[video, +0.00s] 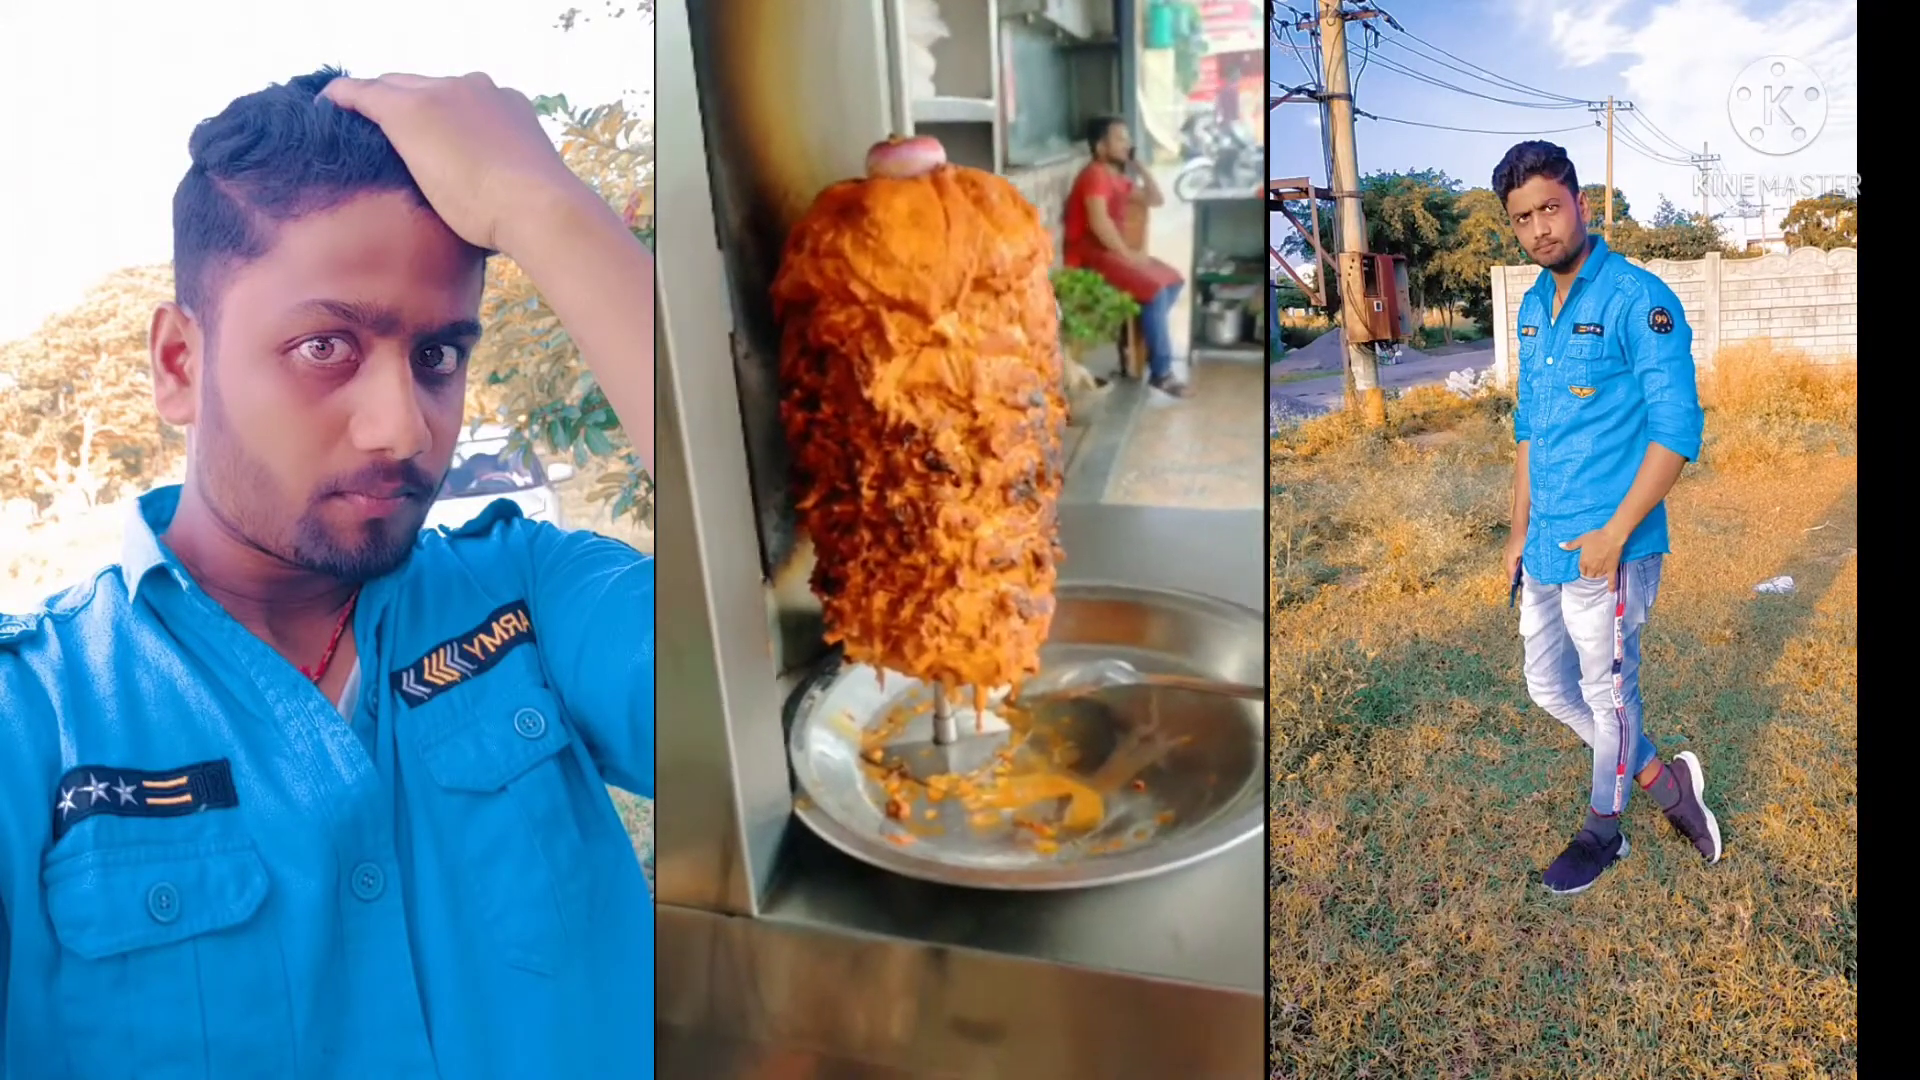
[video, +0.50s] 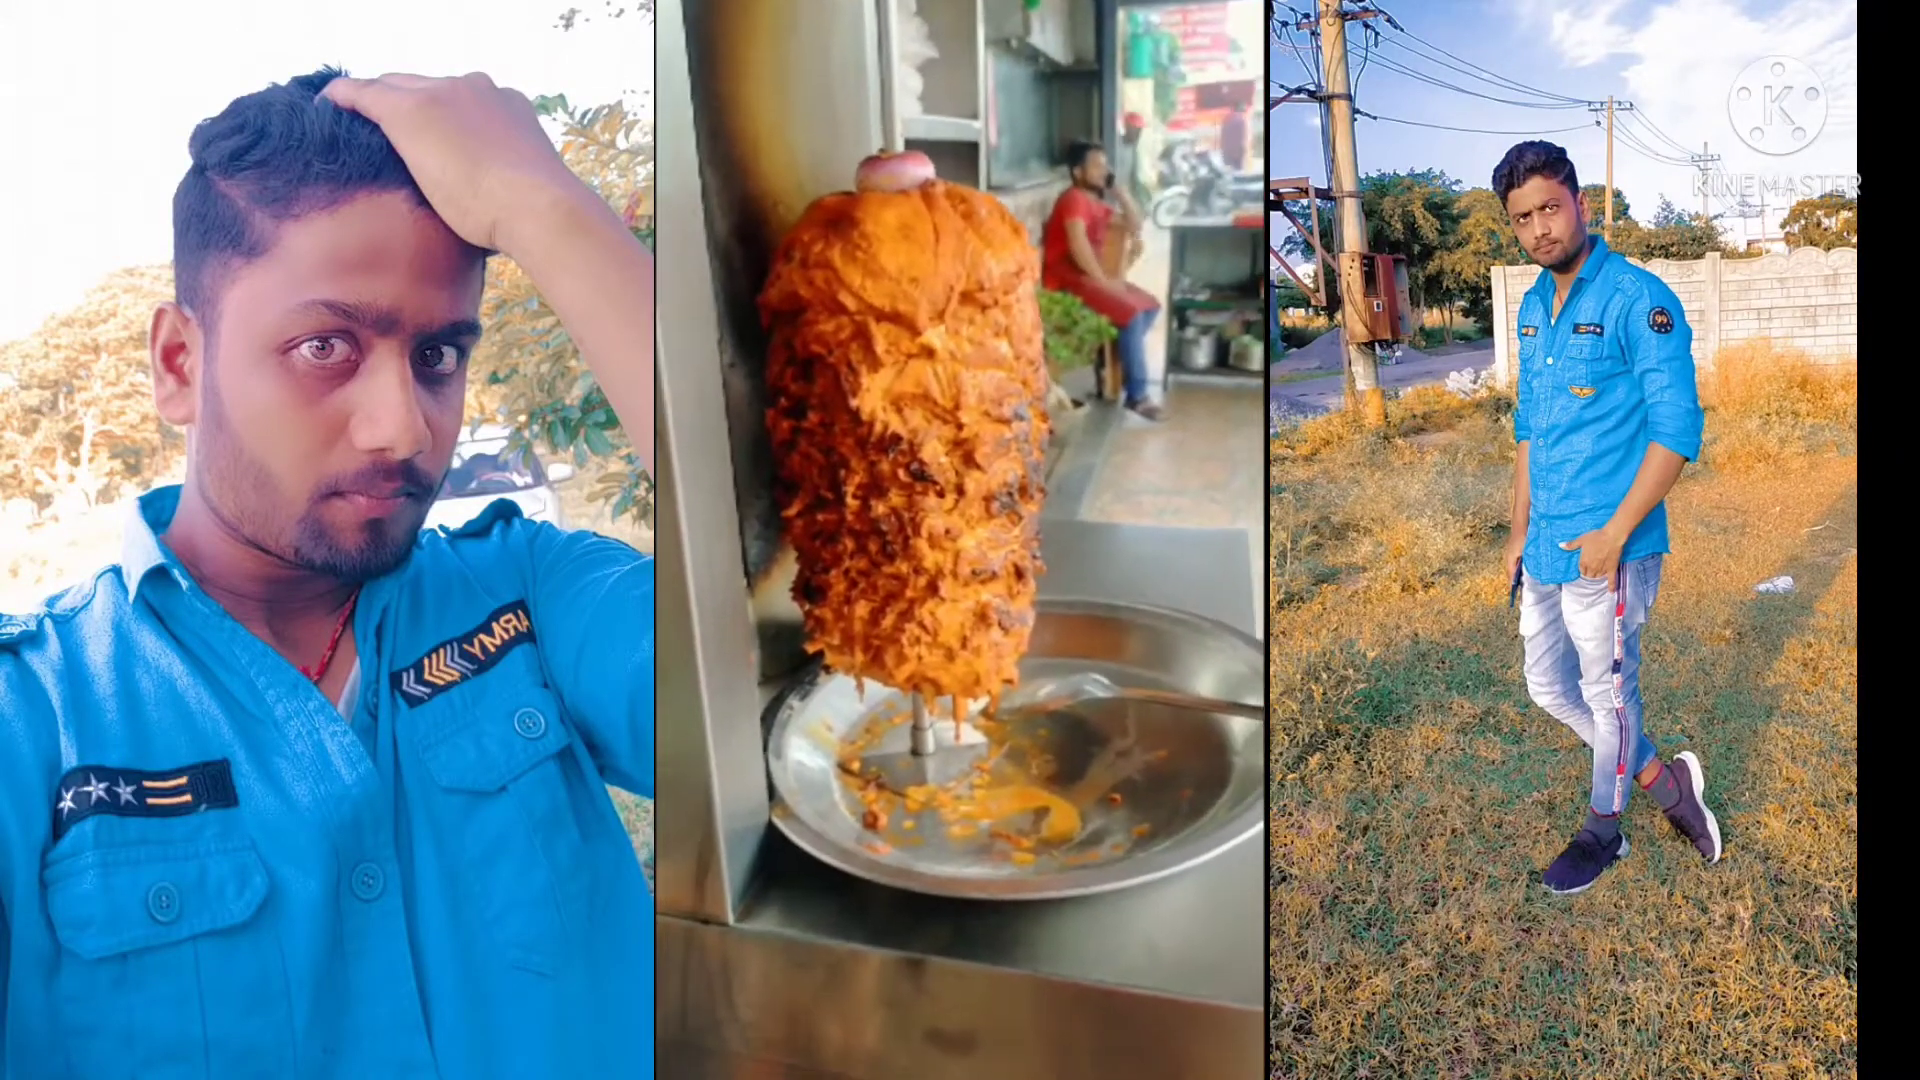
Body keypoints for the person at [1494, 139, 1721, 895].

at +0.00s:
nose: (1537, 229)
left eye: (1549, 208)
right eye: (1522, 219)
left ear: (1582, 203)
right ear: (1514, 228)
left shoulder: (1641, 298)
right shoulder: (1535, 306)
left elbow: (1678, 432)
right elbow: (1529, 431)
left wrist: (1616, 531)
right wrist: (1520, 528)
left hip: (1612, 536)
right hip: (1544, 538)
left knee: (1610, 690)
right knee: (1549, 684)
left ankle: (1602, 828)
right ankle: (1664, 778)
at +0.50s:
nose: (1538, 228)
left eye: (1549, 208)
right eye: (1522, 219)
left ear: (1582, 203)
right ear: (1513, 229)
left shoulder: (1640, 298)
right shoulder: (1534, 306)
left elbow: (1678, 432)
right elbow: (1529, 431)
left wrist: (1616, 531)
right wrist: (1520, 529)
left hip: (1612, 536)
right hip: (1544, 537)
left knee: (1609, 689)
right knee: (1549, 684)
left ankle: (1602, 828)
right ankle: (1665, 778)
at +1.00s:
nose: (1537, 229)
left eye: (1549, 208)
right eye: (1522, 218)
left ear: (1582, 202)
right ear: (1513, 228)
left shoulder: (1640, 298)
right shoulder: (1534, 306)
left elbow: (1678, 432)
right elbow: (1529, 431)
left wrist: (1616, 532)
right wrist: (1519, 529)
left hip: (1611, 537)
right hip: (1544, 538)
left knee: (1610, 690)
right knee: (1549, 684)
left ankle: (1602, 828)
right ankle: (1664, 778)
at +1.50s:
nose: (1537, 229)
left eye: (1548, 209)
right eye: (1522, 219)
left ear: (1582, 203)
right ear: (1513, 228)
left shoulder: (1640, 298)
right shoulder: (1534, 307)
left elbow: (1678, 432)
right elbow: (1529, 431)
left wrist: (1615, 533)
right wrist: (1519, 529)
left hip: (1611, 537)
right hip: (1544, 538)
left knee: (1609, 689)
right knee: (1549, 684)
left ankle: (1602, 828)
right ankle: (1665, 778)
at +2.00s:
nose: (1537, 229)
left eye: (1548, 209)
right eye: (1522, 219)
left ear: (1582, 203)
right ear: (1513, 228)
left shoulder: (1640, 298)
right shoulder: (1534, 307)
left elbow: (1678, 432)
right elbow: (1529, 431)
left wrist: (1615, 533)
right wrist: (1519, 529)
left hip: (1611, 537)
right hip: (1544, 538)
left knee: (1609, 689)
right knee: (1549, 684)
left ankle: (1602, 828)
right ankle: (1665, 778)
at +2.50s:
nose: (1537, 229)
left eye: (1548, 208)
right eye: (1522, 219)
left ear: (1582, 202)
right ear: (1513, 228)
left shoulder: (1641, 298)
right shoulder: (1534, 306)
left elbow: (1678, 432)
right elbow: (1529, 431)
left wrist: (1616, 532)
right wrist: (1520, 528)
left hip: (1612, 537)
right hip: (1544, 538)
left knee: (1610, 690)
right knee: (1549, 684)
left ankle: (1602, 828)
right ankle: (1664, 777)